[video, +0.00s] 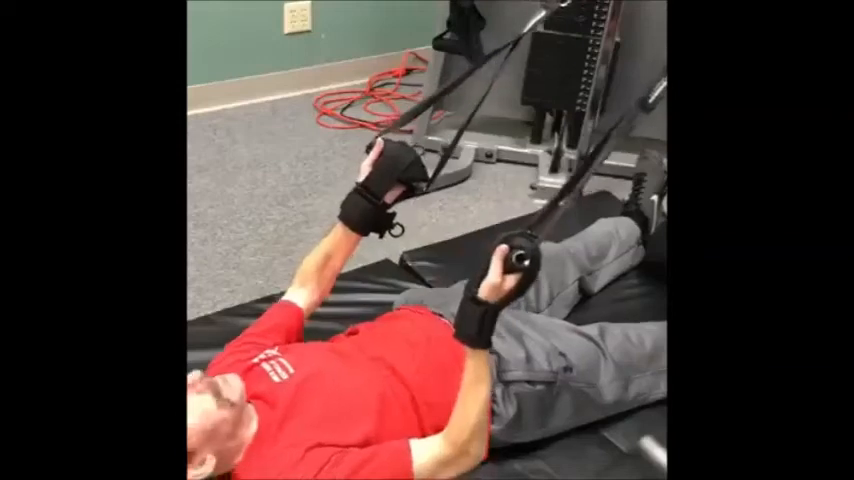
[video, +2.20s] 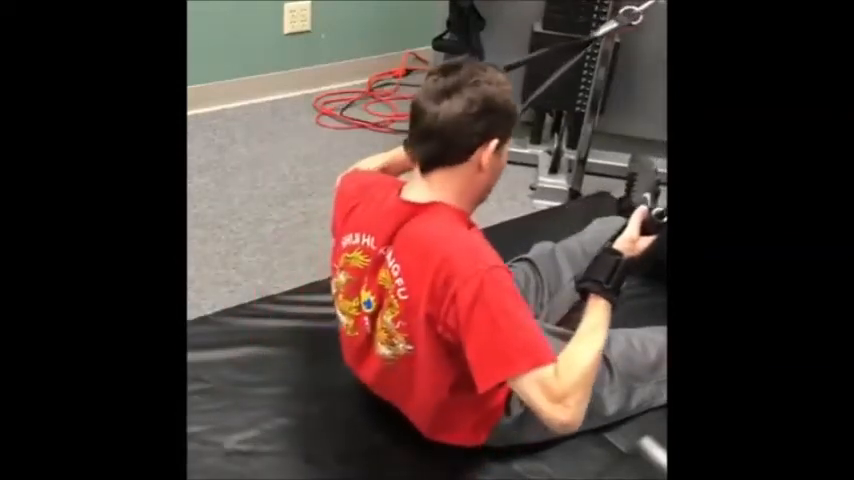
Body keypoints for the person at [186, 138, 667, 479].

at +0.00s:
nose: (201, 378)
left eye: (186, 380)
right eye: (193, 402)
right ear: (200, 463)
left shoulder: (237, 361)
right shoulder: (290, 471)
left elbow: (308, 289)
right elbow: (458, 450)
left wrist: (365, 203)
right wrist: (481, 317)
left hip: (428, 315)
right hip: (486, 387)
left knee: (544, 266)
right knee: (638, 354)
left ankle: (635, 225)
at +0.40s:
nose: (252, 317)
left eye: (229, 315)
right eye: (235, 337)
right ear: (230, 398)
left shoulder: (255, 327)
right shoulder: (304, 452)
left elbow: (314, 265)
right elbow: (477, 448)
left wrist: (373, 190)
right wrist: (501, 307)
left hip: (434, 309)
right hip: (496, 374)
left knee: (550, 264)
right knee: (640, 355)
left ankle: (633, 225)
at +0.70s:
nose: (300, 269)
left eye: (287, 265)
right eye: (286, 276)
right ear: (265, 331)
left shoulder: (281, 312)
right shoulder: (326, 423)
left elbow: (319, 249)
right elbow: (490, 437)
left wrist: (376, 186)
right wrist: (511, 305)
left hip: (454, 305)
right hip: (509, 375)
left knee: (608, 230)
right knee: (656, 351)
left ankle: (636, 226)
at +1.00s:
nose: (344, 223)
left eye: (333, 217)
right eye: (333, 224)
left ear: (293, 276)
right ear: (304, 276)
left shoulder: (274, 300)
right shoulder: (351, 384)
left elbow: (336, 230)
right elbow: (500, 427)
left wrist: (385, 176)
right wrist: (524, 286)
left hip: (454, 306)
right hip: (508, 379)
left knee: (606, 230)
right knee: (656, 350)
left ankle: (638, 221)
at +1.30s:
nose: (396, 190)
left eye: (390, 181)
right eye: (388, 186)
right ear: (358, 220)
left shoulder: (290, 251)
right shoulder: (383, 340)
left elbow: (334, 197)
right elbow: (516, 421)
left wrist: (400, 155)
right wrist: (545, 282)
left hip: (453, 305)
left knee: (558, 264)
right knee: (659, 349)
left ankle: (634, 218)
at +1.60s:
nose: (445, 175)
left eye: (443, 161)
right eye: (441, 165)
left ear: (357, 169)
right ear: (413, 183)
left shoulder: (322, 218)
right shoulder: (418, 306)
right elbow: (534, 413)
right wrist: (564, 279)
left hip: (451, 311)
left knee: (557, 260)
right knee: (662, 348)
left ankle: (641, 229)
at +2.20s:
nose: (504, 163)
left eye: (506, 150)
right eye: (506, 150)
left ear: (420, 144)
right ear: (485, 155)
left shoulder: (361, 195)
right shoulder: (468, 265)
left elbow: (355, 174)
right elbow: (563, 407)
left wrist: (430, 144)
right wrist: (610, 267)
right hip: (480, 409)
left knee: (553, 259)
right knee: (662, 346)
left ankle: (630, 216)